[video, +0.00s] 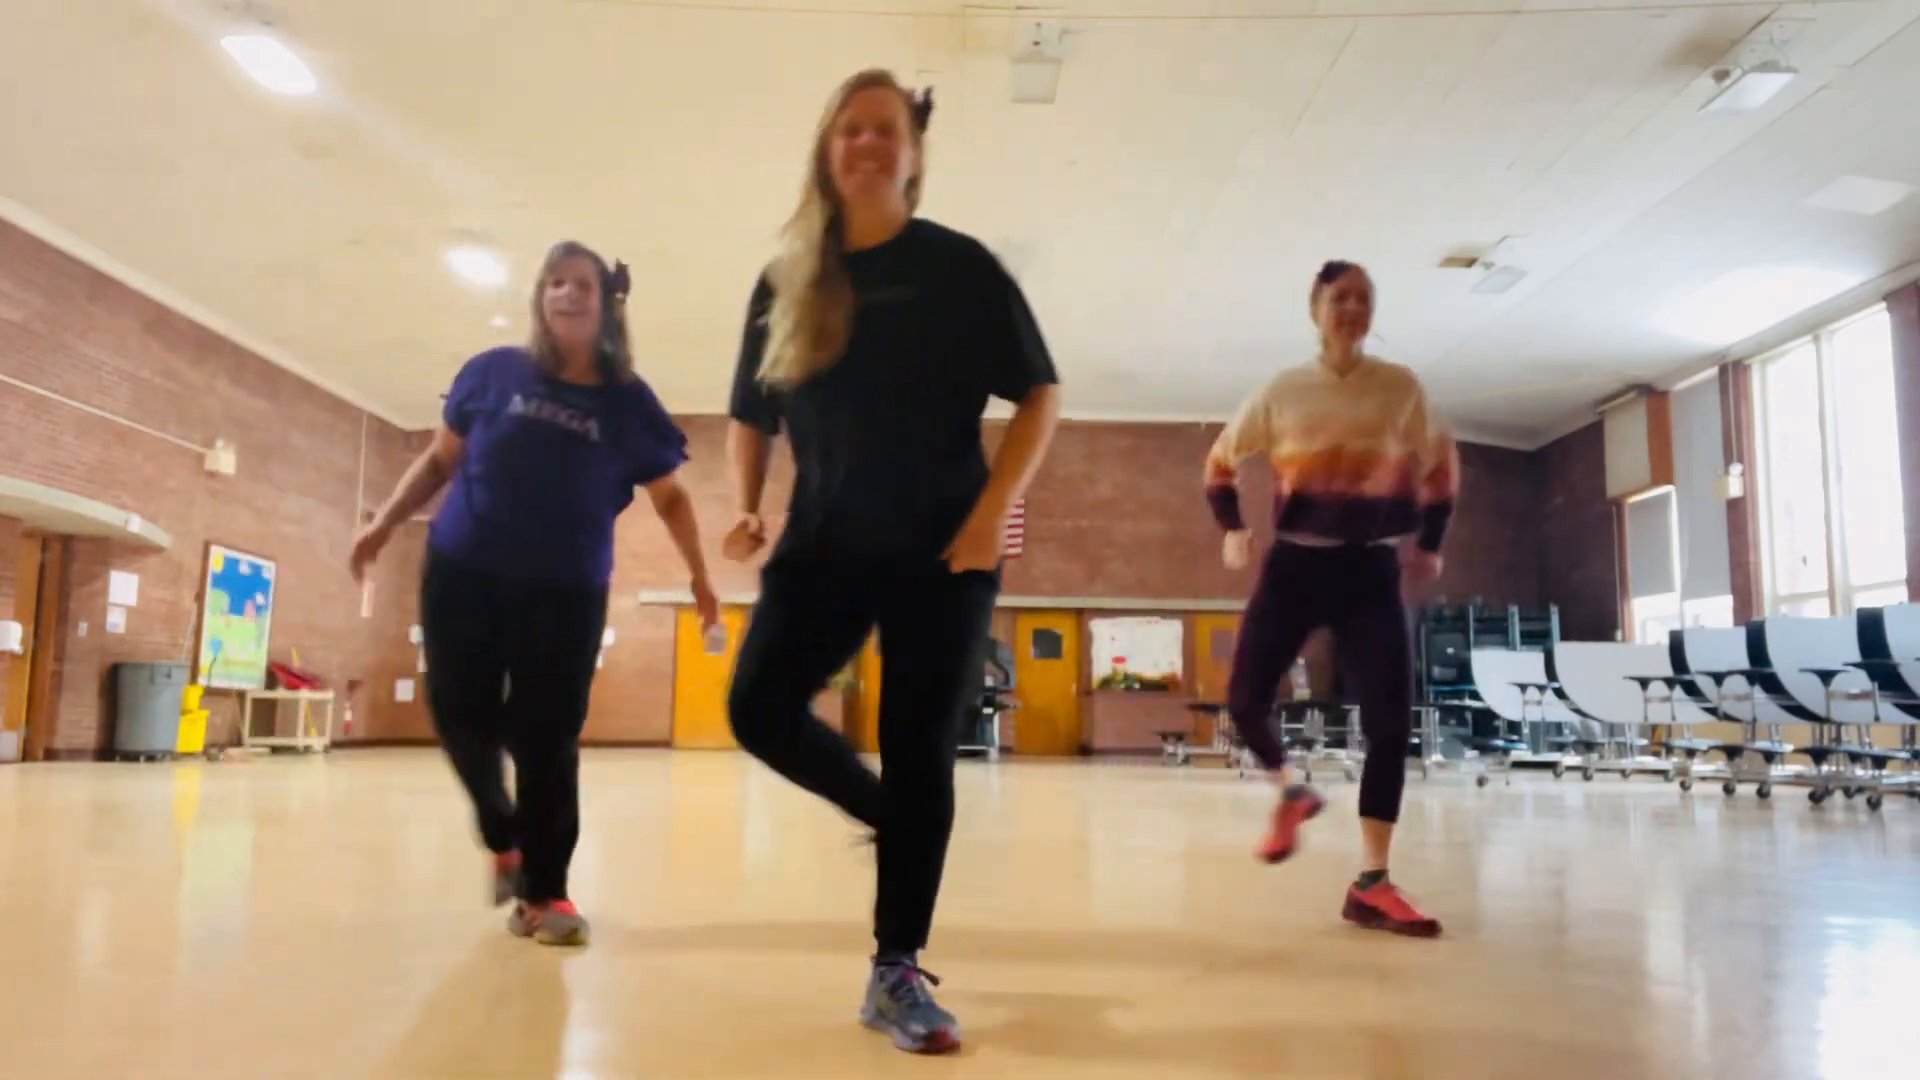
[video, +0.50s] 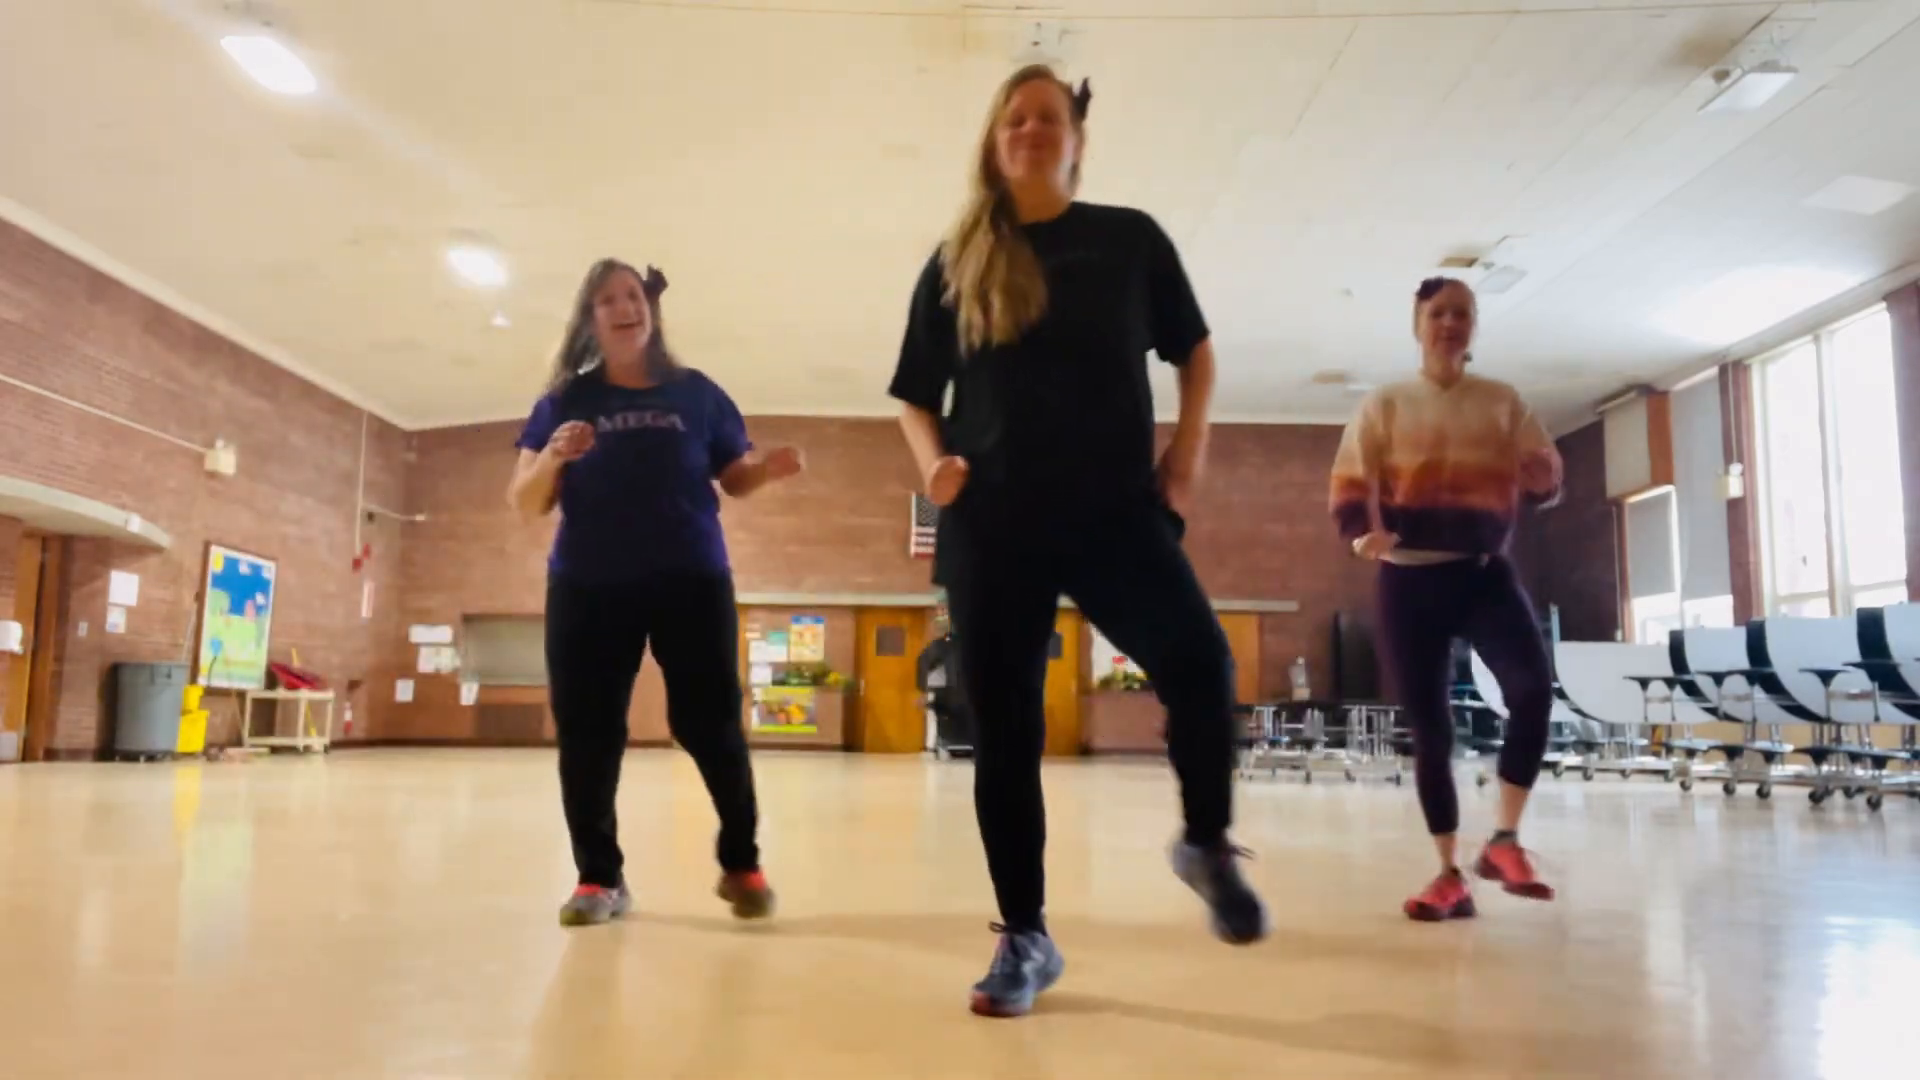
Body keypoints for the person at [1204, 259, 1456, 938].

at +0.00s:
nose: (1353, 307)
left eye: (1361, 298)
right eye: (1340, 297)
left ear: (1373, 311)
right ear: (1315, 309)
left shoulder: (1401, 388)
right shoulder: (1281, 391)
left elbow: (1441, 465)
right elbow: (1221, 462)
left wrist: (1430, 542)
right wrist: (1231, 527)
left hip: (1371, 569)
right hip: (1295, 565)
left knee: (1390, 724)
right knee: (1246, 701)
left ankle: (1372, 880)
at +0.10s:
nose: (1374, 309)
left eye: (1384, 300)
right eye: (1362, 299)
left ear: (1397, 314)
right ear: (1339, 312)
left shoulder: (1426, 387)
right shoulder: (1308, 389)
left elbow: (1477, 447)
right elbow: (1242, 440)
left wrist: (1469, 521)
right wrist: (1257, 500)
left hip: (1395, 565)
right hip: (1320, 565)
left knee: (1406, 723)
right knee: (1306, 717)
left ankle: (1374, 877)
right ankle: (1373, 794)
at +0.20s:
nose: (1396, 322)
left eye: (1406, 313)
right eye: (1385, 312)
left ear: (1418, 328)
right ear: (1361, 326)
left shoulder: (1446, 402)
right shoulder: (1327, 400)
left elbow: (1496, 459)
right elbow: (1270, 454)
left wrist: (1495, 531)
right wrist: (1288, 510)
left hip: (1420, 575)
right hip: (1346, 579)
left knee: (1430, 716)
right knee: (1370, 722)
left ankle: (1382, 873)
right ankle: (1432, 857)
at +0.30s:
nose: (1416, 338)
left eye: (1426, 329)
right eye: (1404, 328)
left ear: (1438, 344)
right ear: (1380, 341)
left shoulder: (1463, 420)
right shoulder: (1348, 422)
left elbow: (1507, 494)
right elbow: (1297, 498)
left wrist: (1519, 556)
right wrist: (1309, 550)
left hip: (1447, 592)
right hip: (1372, 594)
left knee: (1484, 715)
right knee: (1404, 736)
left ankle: (1428, 856)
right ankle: (1444, 870)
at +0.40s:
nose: (1433, 332)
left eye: (1443, 323)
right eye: (1421, 323)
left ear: (1456, 336)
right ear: (1399, 335)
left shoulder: (1484, 412)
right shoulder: (1365, 416)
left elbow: (1517, 492)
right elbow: (1323, 505)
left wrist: (1526, 525)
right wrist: (1337, 558)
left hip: (1463, 585)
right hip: (1388, 588)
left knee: (1518, 693)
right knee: (1415, 731)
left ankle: (1472, 839)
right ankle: (1448, 873)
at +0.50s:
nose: (1449, 324)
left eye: (1460, 315)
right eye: (1438, 314)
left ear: (1474, 328)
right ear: (1417, 325)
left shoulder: (1502, 403)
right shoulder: (1382, 407)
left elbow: (1547, 485)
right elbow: (1348, 492)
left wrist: (1541, 479)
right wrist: (1364, 535)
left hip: (1485, 577)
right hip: (1411, 581)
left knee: (1533, 695)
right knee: (1431, 732)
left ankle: (1503, 842)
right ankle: (1449, 875)